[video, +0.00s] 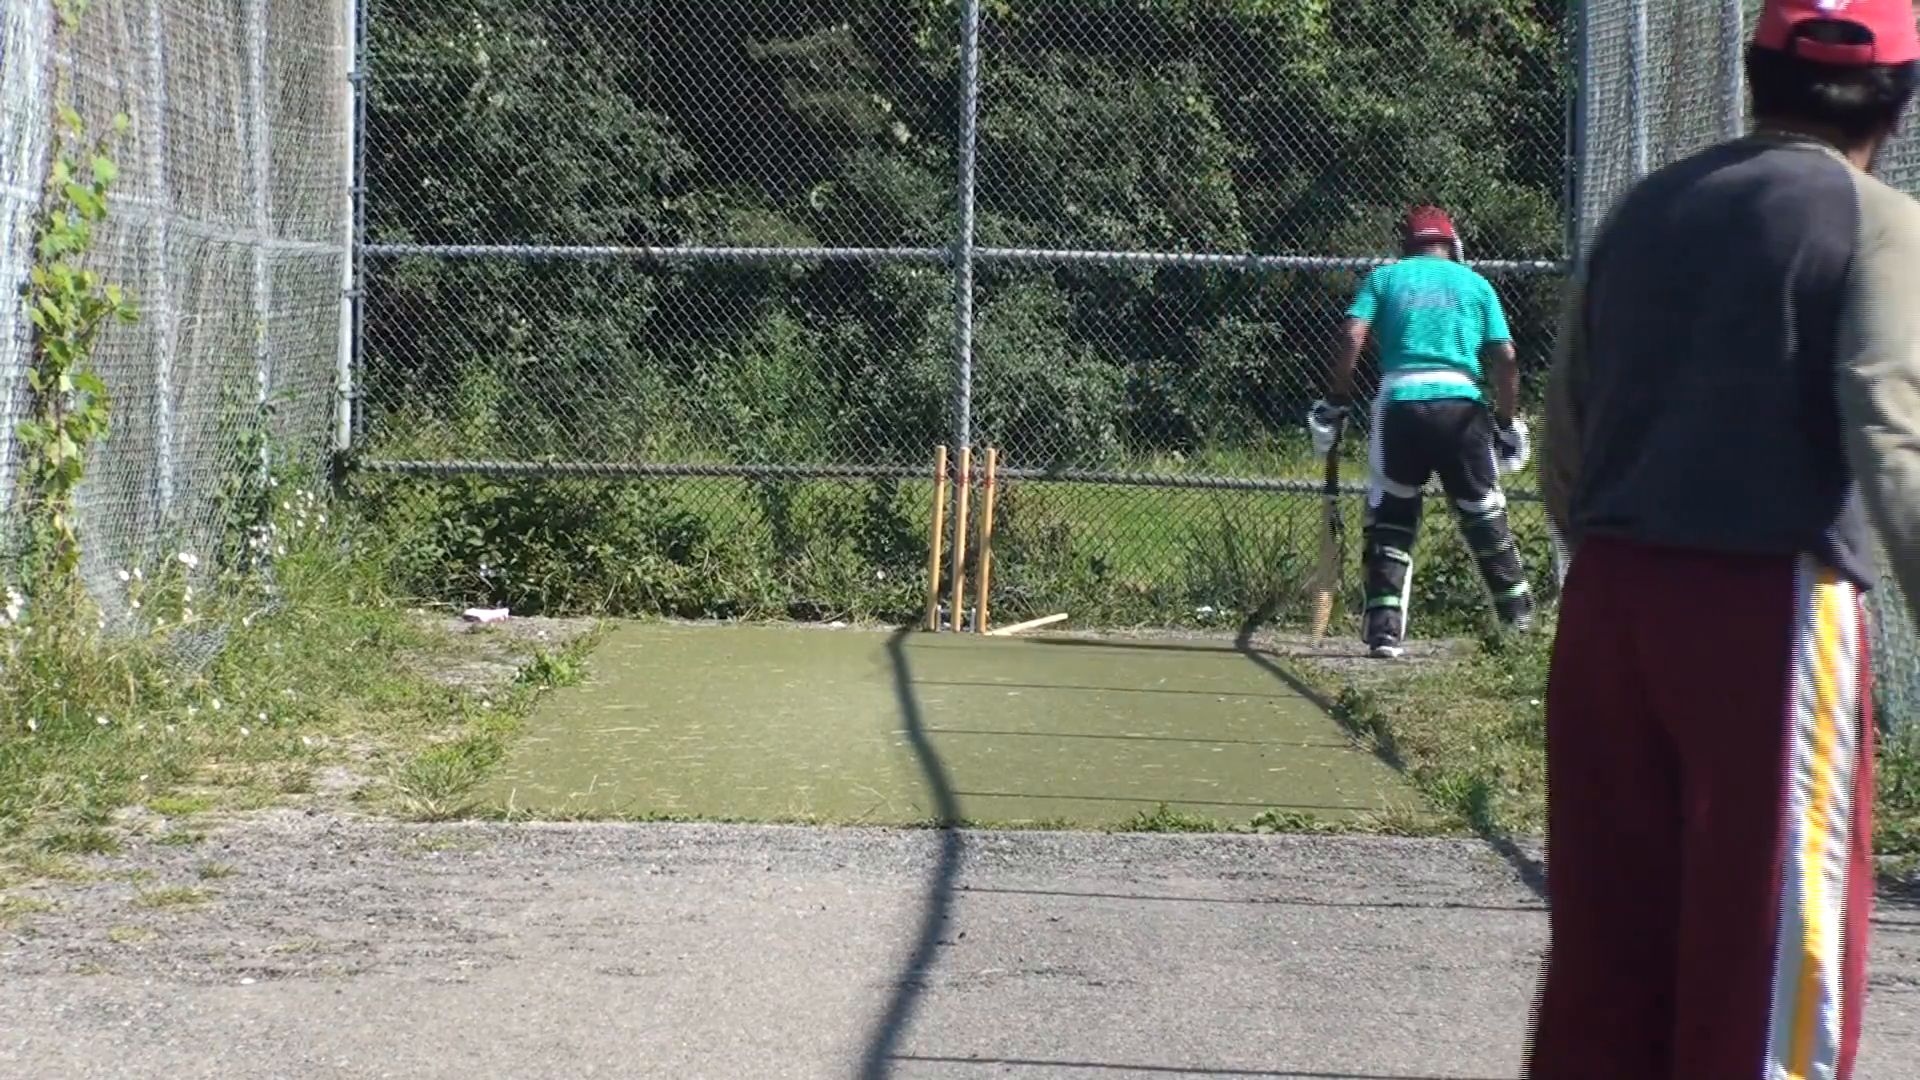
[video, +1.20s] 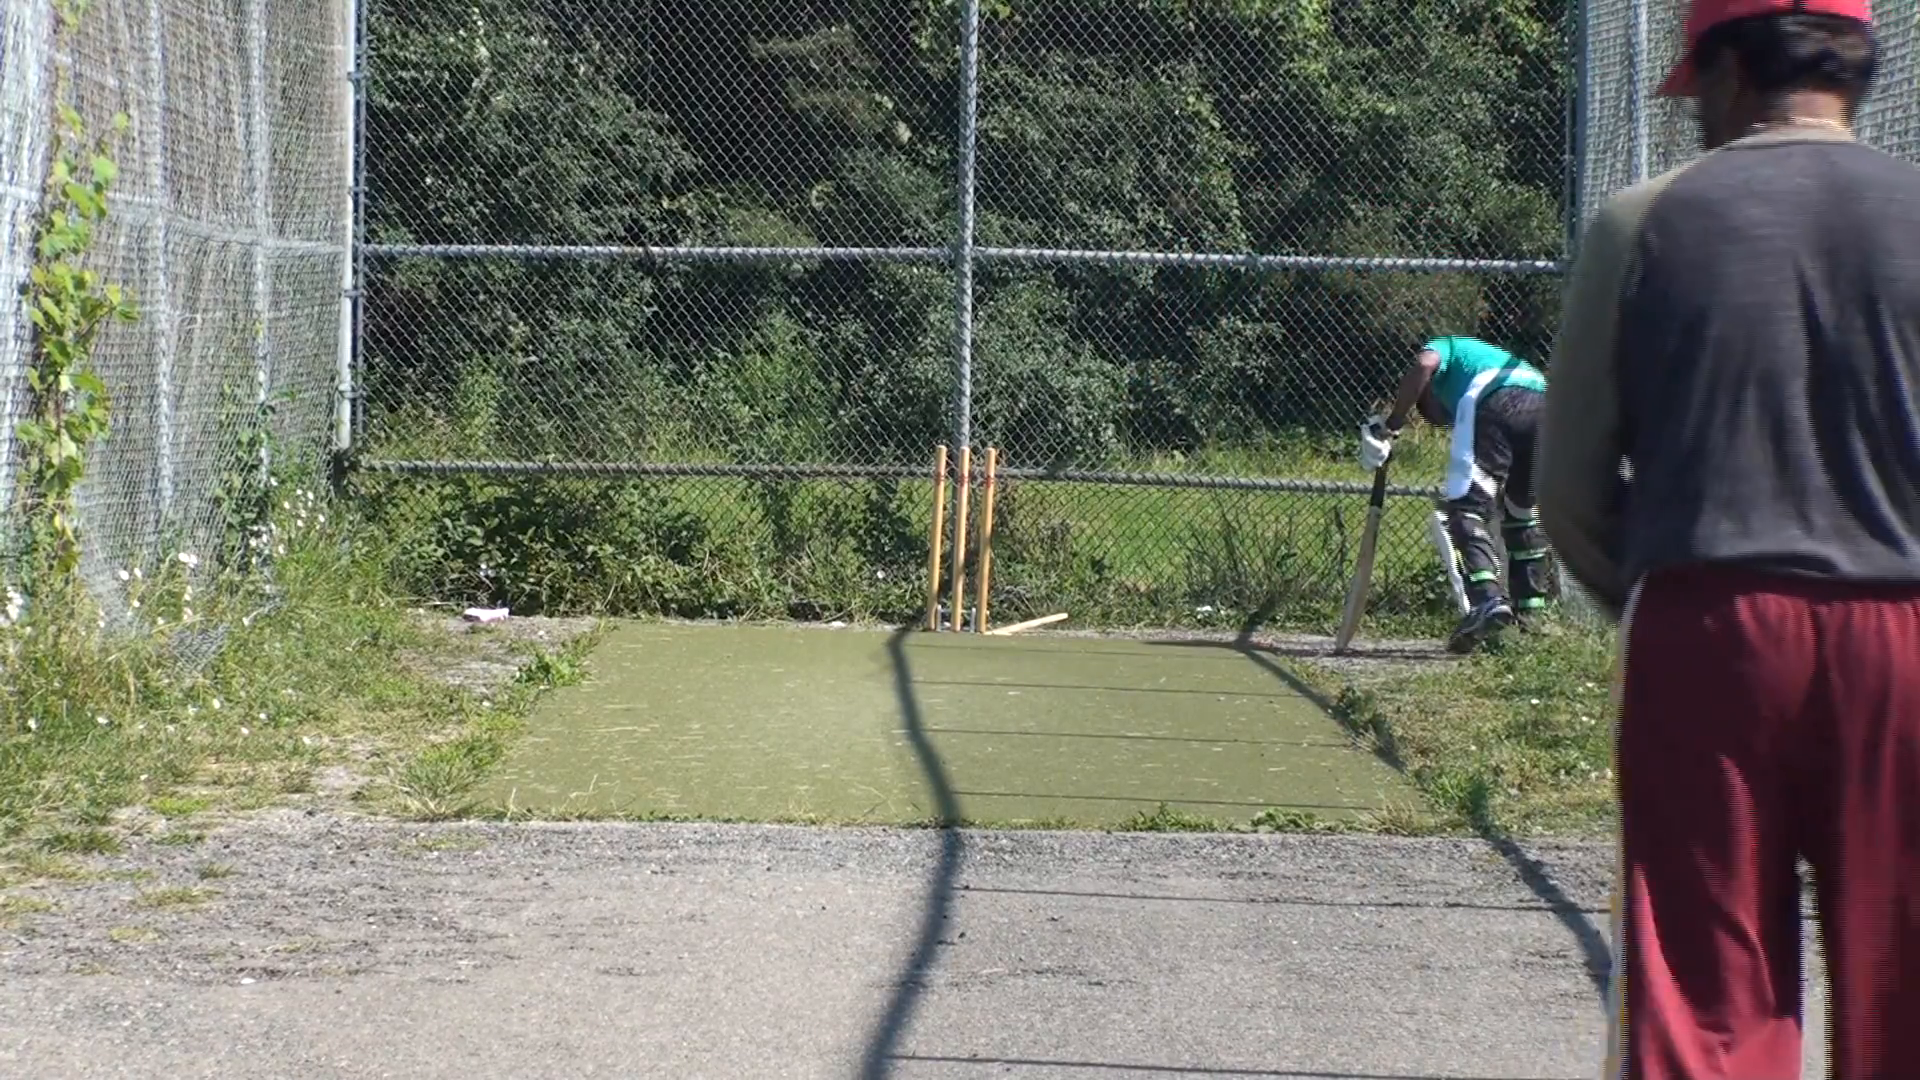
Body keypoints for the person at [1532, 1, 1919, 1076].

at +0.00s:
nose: (1900, 114)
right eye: (1899, 98)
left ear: (1758, 88)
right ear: (1887, 109)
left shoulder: (1643, 204)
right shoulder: (1873, 217)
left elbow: (1565, 415)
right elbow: (1889, 441)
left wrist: (1604, 561)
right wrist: (1911, 597)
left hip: (1609, 601)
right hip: (1778, 609)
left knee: (1604, 939)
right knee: (1778, 945)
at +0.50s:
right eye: (1856, 73)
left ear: (1722, 84)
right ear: (1863, 95)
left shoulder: (1620, 215)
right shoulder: (1906, 223)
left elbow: (1529, 472)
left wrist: (1612, 636)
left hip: (1661, 627)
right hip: (1865, 640)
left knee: (1621, 985)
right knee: (1872, 985)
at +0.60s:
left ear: (1752, 82)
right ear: (1894, 97)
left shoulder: (1659, 219)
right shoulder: (1911, 216)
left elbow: (1571, 483)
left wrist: (1614, 664)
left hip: (1703, 638)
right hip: (1891, 650)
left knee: (1641, 992)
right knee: (1887, 995)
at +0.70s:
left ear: (1784, 83)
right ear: (1911, 98)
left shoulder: (1699, 212)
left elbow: (1605, 464)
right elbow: (1607, 464)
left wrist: (1614, 639)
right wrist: (1620, 638)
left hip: (1747, 632)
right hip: (1909, 642)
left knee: (1682, 981)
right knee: (1901, 987)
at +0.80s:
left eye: (1789, 76)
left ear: (1799, 83)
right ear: (1918, 94)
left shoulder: (1720, 204)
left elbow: (1630, 461)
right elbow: (1633, 461)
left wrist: (1646, 649)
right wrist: (1647, 646)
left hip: (1764, 627)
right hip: (1914, 635)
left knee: (1701, 975)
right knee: (1916, 980)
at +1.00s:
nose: (1769, 81)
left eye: (1773, 61)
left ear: (1787, 67)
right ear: (1912, 77)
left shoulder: (1706, 201)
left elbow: (1636, 459)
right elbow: (1640, 461)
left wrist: (1698, 615)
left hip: (1749, 634)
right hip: (1910, 646)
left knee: (1697, 995)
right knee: (1913, 1001)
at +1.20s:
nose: (1695, 108)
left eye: (1699, 86)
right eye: (1698, 88)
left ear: (1727, 75)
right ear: (1855, 76)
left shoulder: (1640, 219)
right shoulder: (1909, 199)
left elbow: (1568, 482)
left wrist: (1662, 593)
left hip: (1710, 645)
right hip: (1896, 653)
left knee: (1708, 999)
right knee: (1895, 1003)